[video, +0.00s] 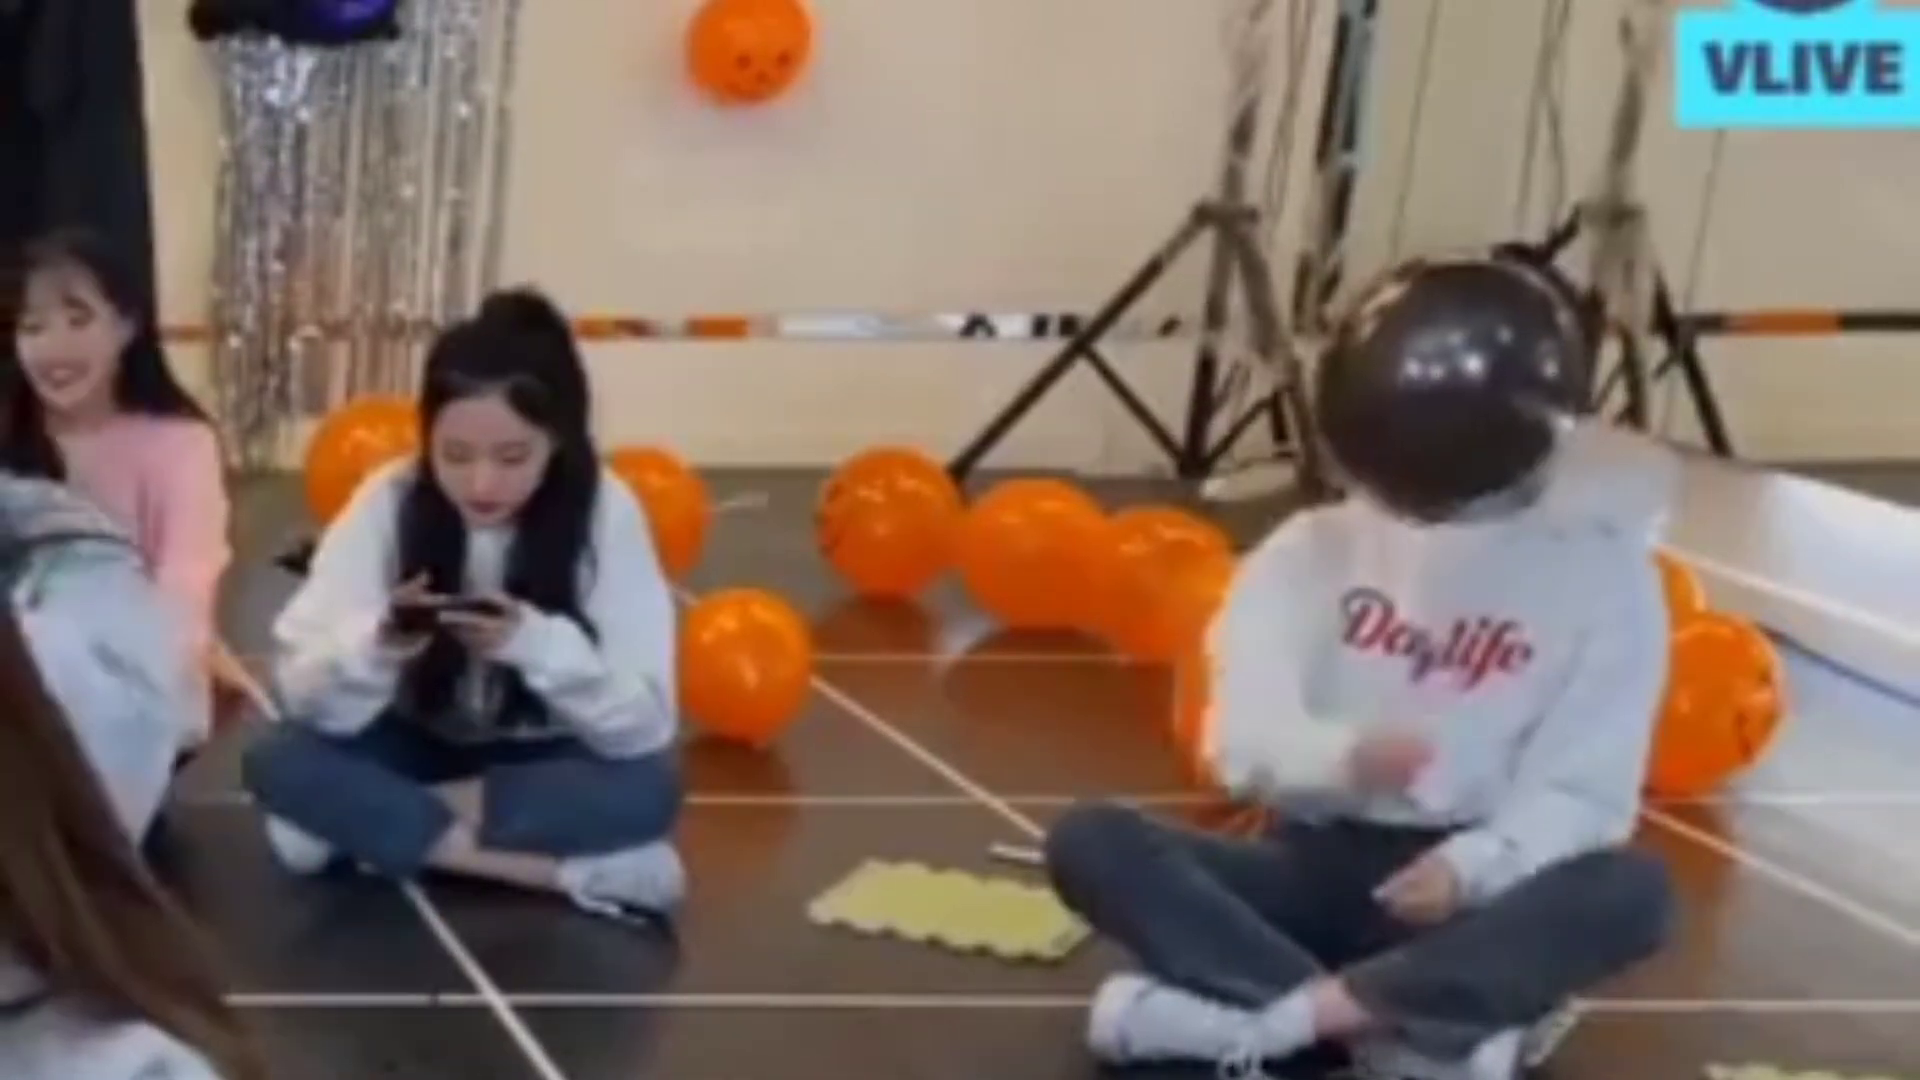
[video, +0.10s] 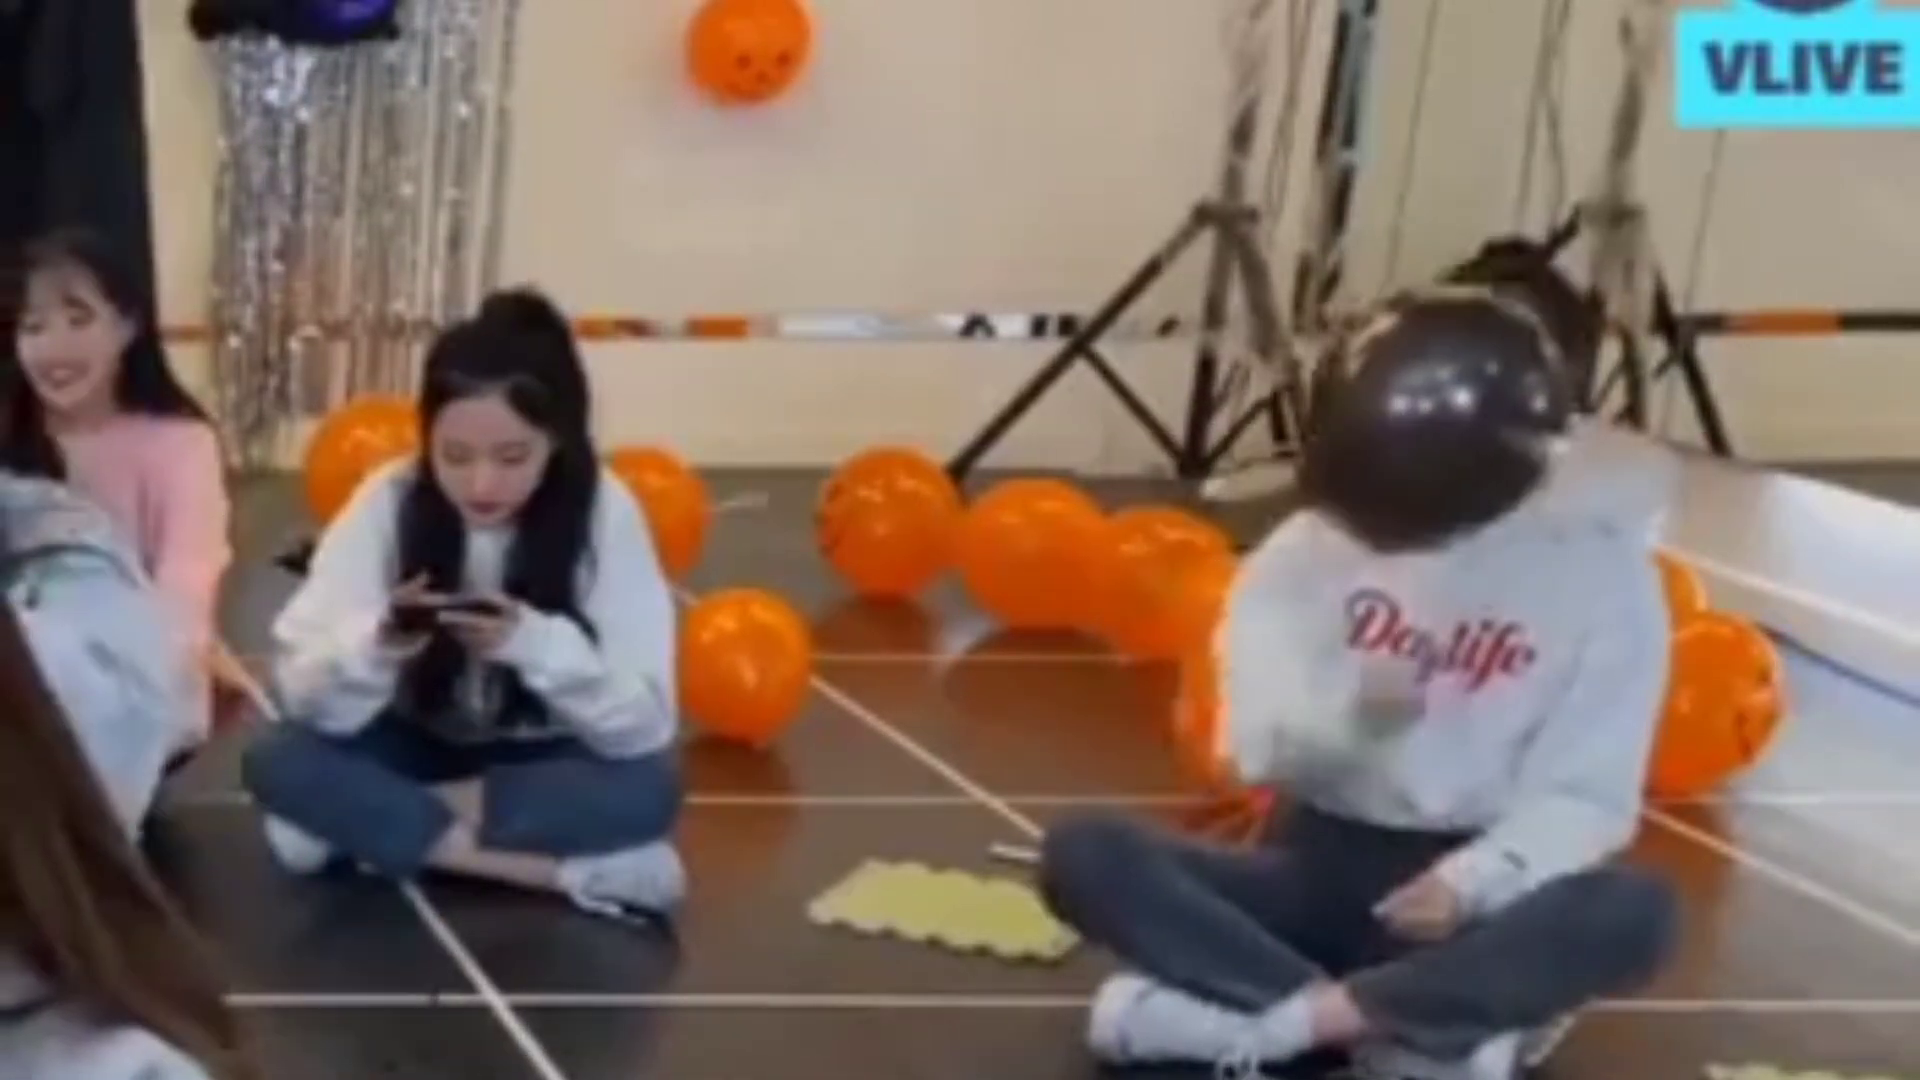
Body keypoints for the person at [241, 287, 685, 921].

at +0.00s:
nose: (481, 486)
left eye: (512, 459)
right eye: (457, 457)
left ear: (559, 445)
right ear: (426, 440)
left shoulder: (605, 513)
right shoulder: (388, 502)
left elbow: (644, 724)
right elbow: (305, 699)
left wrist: (529, 643)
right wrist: (386, 645)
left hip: (543, 745)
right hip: (410, 740)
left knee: (647, 790)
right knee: (276, 762)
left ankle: (367, 838)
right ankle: (550, 878)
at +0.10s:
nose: (481, 487)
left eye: (511, 459)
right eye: (456, 458)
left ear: (558, 445)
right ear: (426, 440)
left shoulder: (603, 513)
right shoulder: (388, 502)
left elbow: (644, 724)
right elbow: (304, 699)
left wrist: (527, 643)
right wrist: (385, 645)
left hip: (542, 744)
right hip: (409, 740)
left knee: (647, 790)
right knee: (275, 762)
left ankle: (367, 838)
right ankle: (550, 877)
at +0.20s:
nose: (482, 487)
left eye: (512, 459)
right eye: (457, 458)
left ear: (559, 445)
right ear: (426, 441)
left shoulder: (603, 513)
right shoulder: (388, 502)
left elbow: (644, 724)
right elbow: (305, 699)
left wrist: (527, 643)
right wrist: (384, 644)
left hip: (542, 744)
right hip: (409, 739)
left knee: (647, 790)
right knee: (276, 762)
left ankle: (367, 838)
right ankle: (550, 878)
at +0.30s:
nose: (483, 487)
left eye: (512, 459)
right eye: (457, 458)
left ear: (559, 445)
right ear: (426, 441)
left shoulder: (603, 513)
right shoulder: (389, 502)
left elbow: (644, 724)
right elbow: (305, 699)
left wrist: (527, 642)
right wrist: (383, 645)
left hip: (542, 744)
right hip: (409, 738)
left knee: (647, 790)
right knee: (276, 761)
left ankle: (367, 838)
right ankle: (550, 877)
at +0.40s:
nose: (483, 487)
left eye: (512, 459)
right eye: (457, 458)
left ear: (559, 445)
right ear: (426, 441)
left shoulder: (604, 513)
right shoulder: (389, 502)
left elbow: (644, 724)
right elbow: (305, 699)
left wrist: (529, 643)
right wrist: (383, 647)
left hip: (542, 743)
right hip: (409, 738)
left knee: (647, 789)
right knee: (276, 761)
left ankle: (368, 838)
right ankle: (550, 877)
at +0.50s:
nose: (482, 487)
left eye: (512, 459)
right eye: (457, 458)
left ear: (559, 445)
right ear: (426, 440)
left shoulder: (603, 513)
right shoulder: (389, 501)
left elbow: (644, 724)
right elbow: (305, 698)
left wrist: (529, 643)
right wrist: (383, 647)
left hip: (542, 744)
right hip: (409, 739)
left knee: (647, 789)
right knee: (276, 761)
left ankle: (367, 839)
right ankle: (550, 877)